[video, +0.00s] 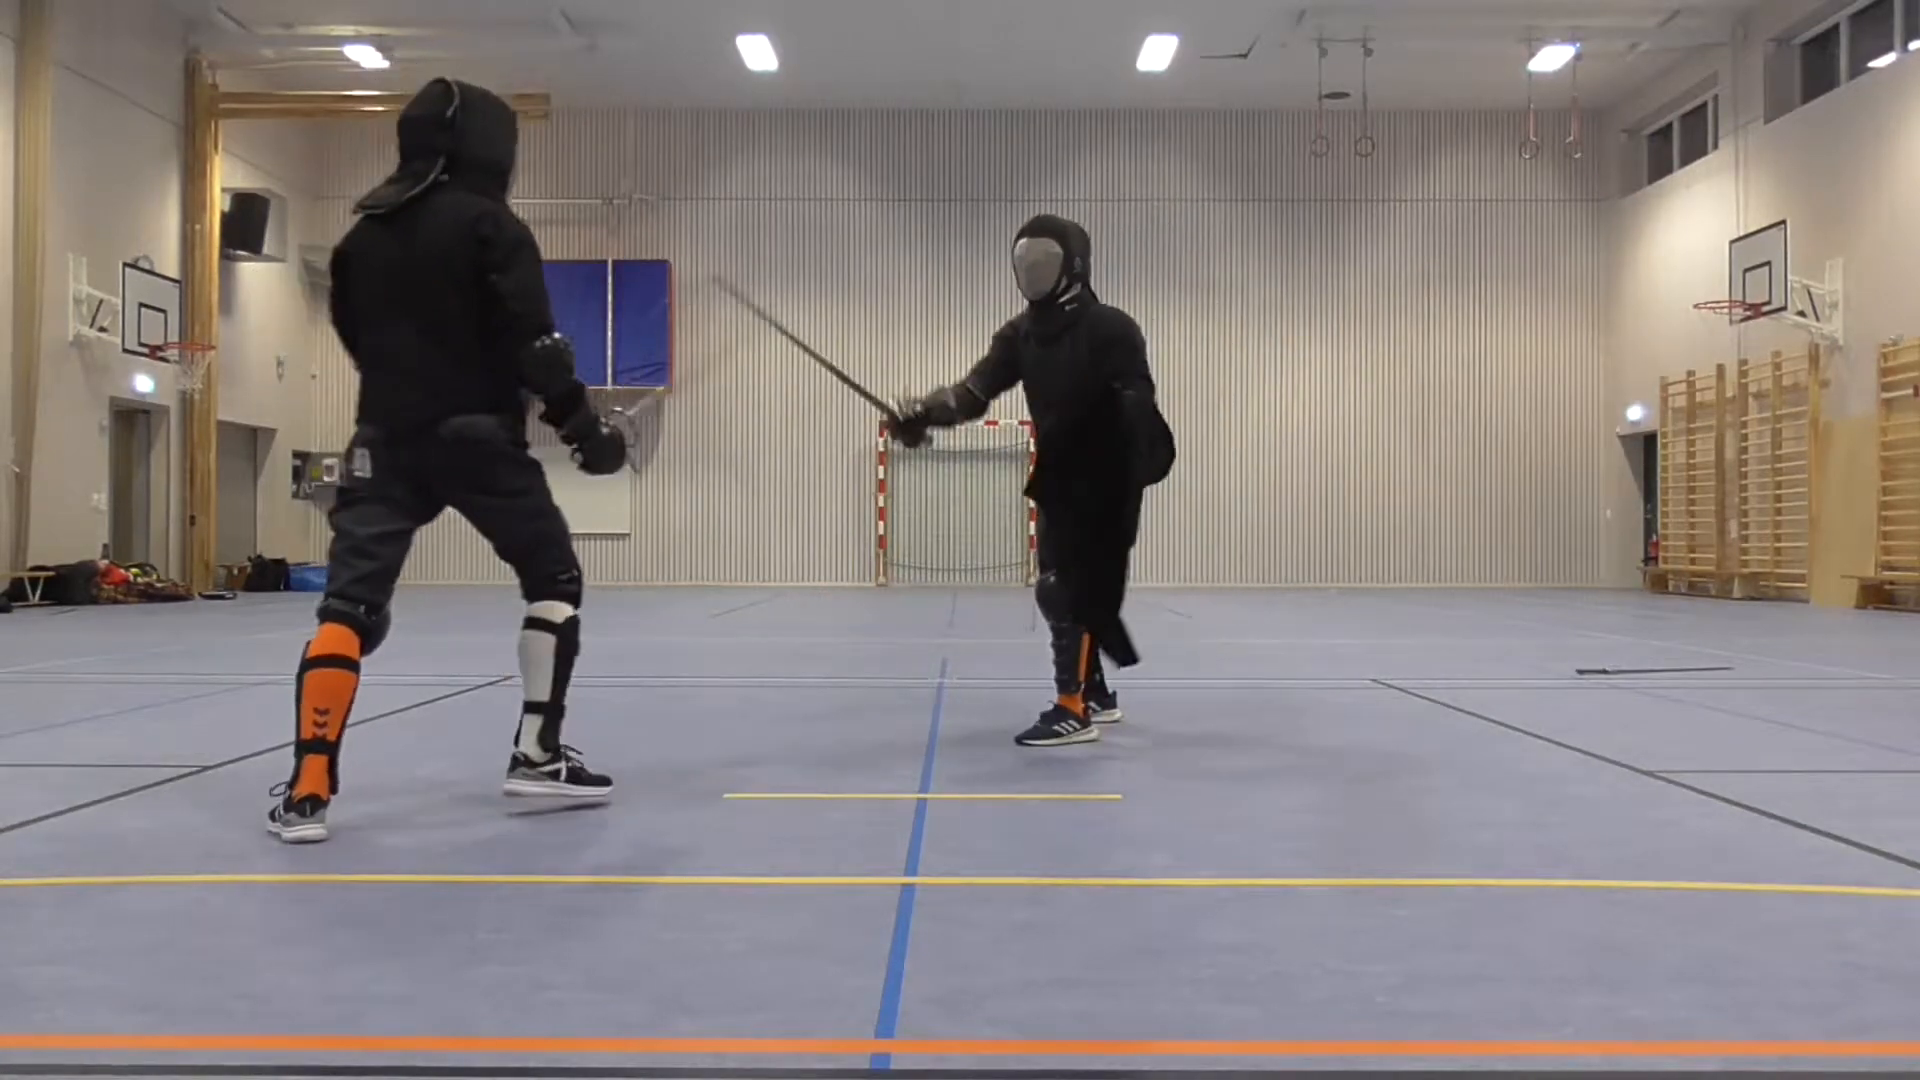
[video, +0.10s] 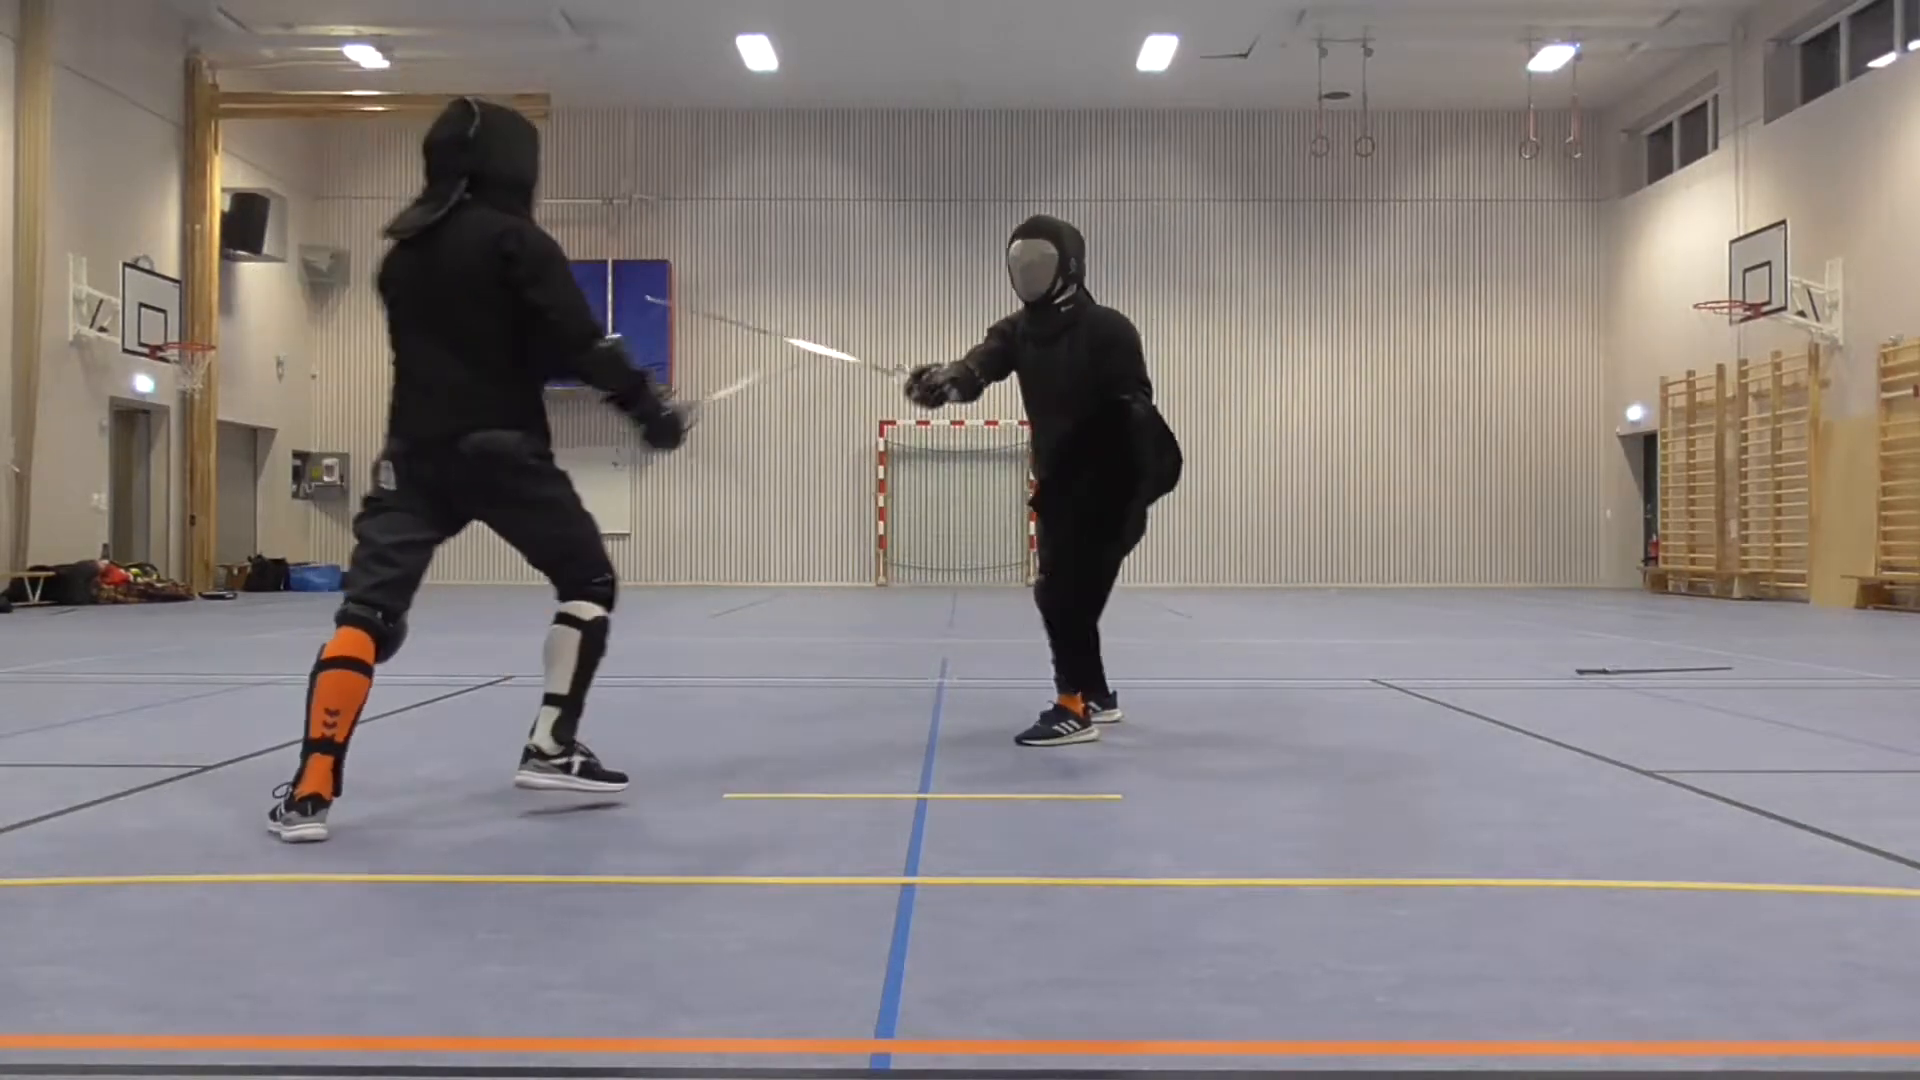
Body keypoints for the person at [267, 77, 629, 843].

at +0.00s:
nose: (508, 162)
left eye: (508, 149)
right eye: (502, 148)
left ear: (418, 145)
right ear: (481, 147)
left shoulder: (366, 231)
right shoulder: (492, 226)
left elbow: (354, 330)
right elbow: (536, 345)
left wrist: (410, 385)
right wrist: (586, 426)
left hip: (384, 441)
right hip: (480, 440)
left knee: (348, 602)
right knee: (553, 580)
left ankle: (309, 789)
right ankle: (538, 749)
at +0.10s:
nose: (533, 178)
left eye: (532, 165)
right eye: (527, 165)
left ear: (445, 164)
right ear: (507, 165)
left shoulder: (405, 253)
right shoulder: (519, 243)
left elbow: (462, 351)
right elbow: (577, 341)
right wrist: (643, 400)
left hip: (414, 458)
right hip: (506, 457)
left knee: (366, 609)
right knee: (587, 583)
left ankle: (314, 782)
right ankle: (552, 743)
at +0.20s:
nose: (586, 209)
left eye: (583, 197)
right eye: (582, 197)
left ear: (502, 193)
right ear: (566, 198)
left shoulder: (469, 262)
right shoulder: (566, 267)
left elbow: (548, 321)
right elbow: (655, 328)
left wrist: (637, 305)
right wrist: (711, 329)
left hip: (455, 470)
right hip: (541, 470)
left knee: (389, 617)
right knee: (630, 592)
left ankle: (315, 788)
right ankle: (593, 742)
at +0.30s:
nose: (655, 229)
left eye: (651, 218)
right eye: (648, 217)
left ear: (574, 217)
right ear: (633, 223)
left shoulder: (553, 282)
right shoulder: (631, 283)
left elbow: (674, 301)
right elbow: (742, 311)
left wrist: (752, 281)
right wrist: (766, 267)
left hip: (528, 480)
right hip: (604, 482)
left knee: (441, 611)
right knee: (663, 616)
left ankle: (341, 754)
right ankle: (598, 755)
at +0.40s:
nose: (697, 230)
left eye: (689, 221)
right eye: (690, 221)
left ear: (619, 236)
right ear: (681, 230)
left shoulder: (609, 299)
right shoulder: (707, 289)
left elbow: (688, 342)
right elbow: (819, 306)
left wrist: (756, 333)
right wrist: (815, 225)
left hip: (612, 484)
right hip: (688, 488)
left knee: (548, 616)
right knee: (700, 633)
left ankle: (452, 702)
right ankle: (607, 741)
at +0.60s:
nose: (806, 258)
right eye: (798, 249)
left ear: (733, 268)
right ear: (792, 255)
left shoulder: (724, 334)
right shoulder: (829, 317)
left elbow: (678, 425)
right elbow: (904, 358)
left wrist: (743, 440)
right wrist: (939, 358)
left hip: (755, 492)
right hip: (823, 486)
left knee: (823, 574)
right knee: (755, 637)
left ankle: (847, 702)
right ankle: (635, 723)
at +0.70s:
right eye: (852, 263)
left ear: (794, 285)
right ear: (849, 273)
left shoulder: (795, 345)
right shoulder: (892, 330)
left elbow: (740, 409)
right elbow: (956, 365)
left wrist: (742, 462)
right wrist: (987, 350)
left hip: (828, 495)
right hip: (892, 491)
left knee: (888, 596)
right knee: (856, 632)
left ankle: (877, 723)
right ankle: (755, 706)